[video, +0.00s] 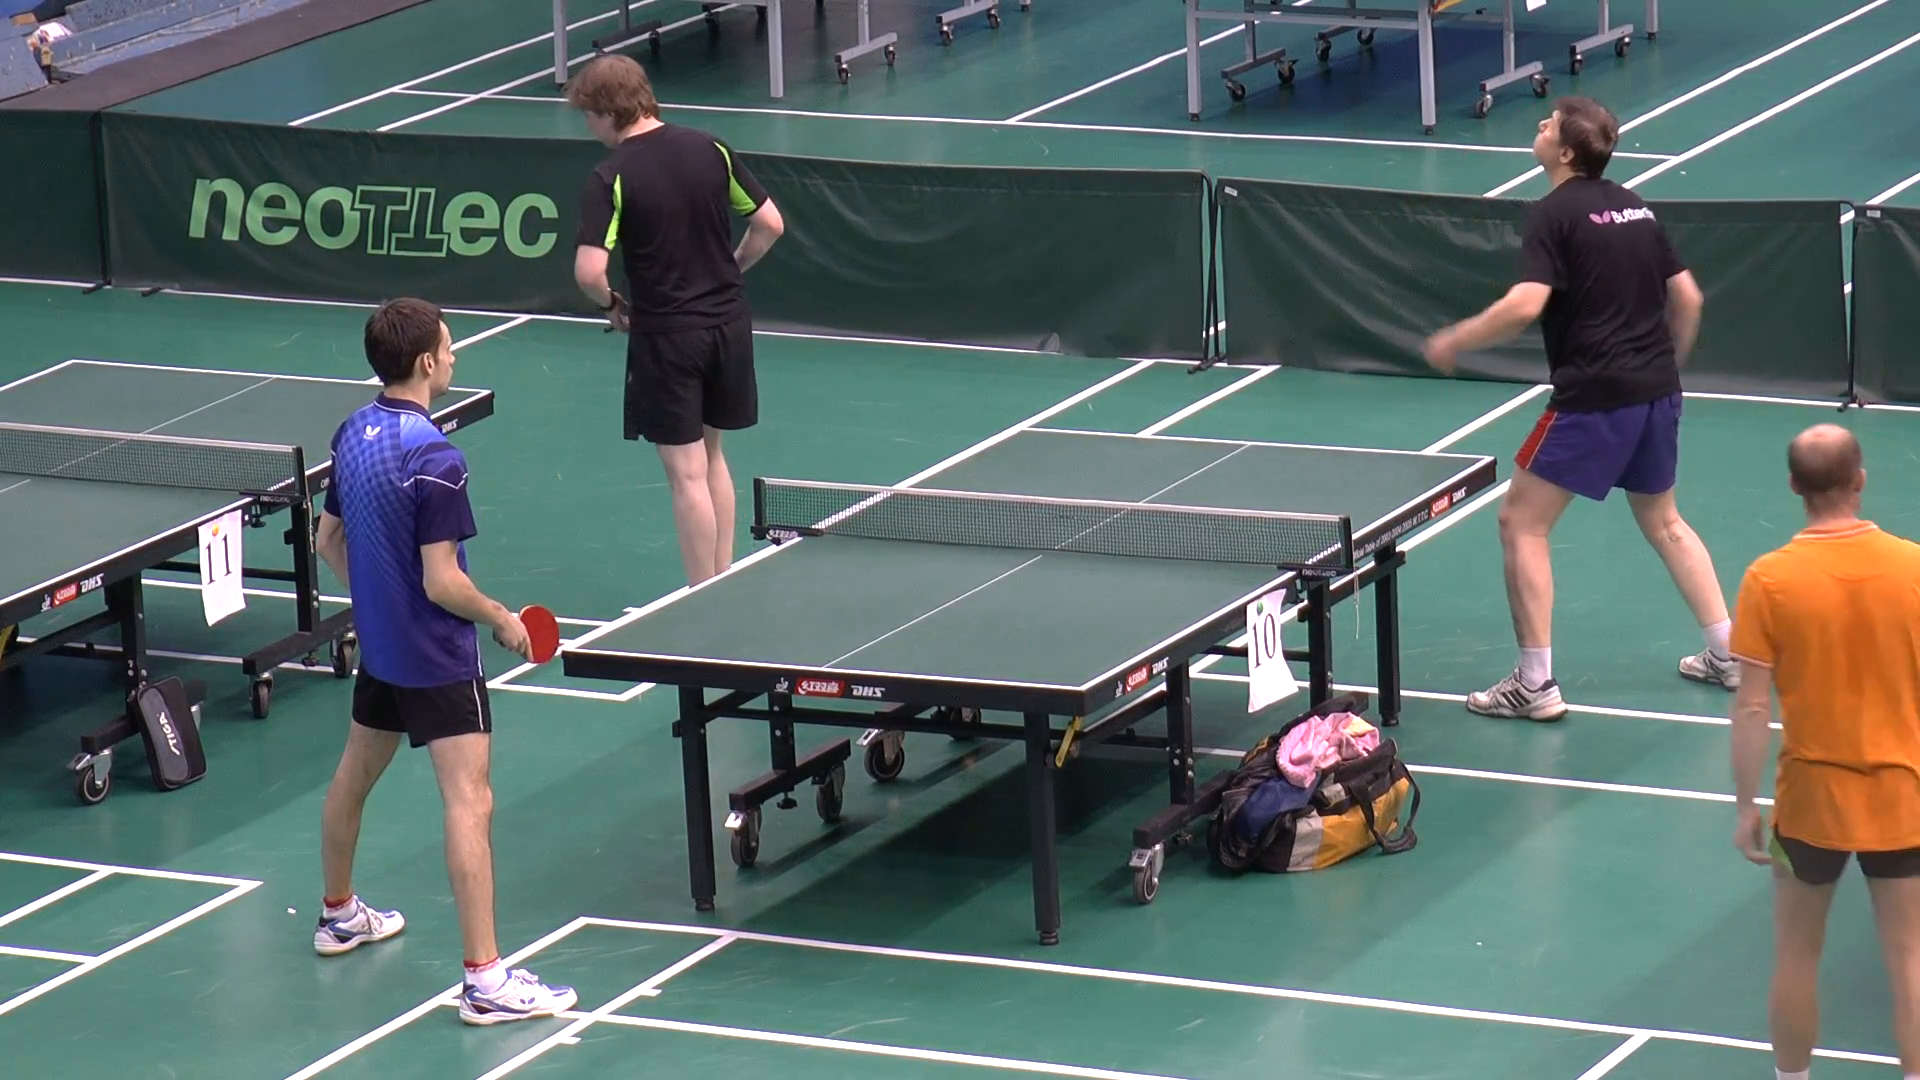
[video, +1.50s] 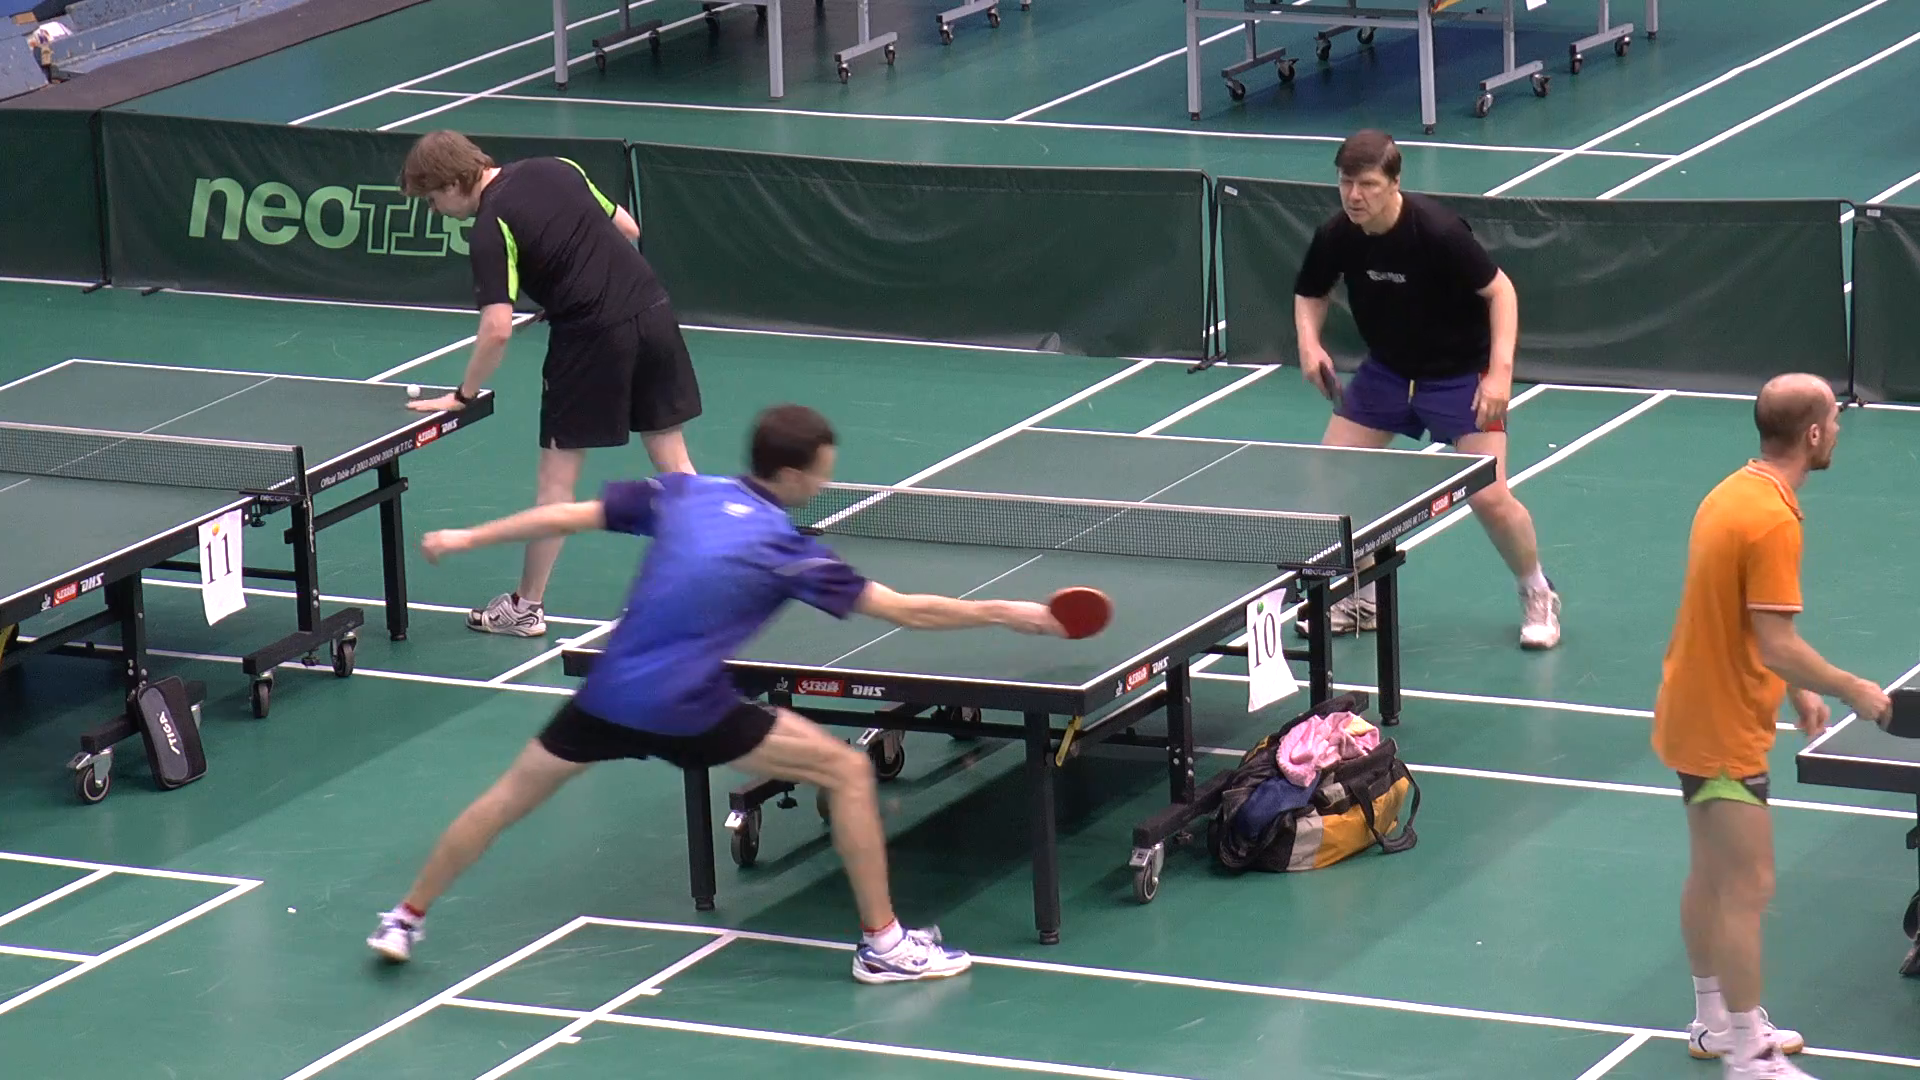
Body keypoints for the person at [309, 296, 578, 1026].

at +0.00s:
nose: (452, 353)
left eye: (448, 342)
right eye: (447, 344)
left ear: (385, 363)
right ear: (427, 361)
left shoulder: (353, 429)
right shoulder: (435, 454)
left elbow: (330, 539)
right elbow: (441, 578)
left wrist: (378, 601)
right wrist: (501, 618)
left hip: (380, 648)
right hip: (437, 656)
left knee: (354, 777)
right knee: (470, 804)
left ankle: (339, 912)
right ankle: (485, 975)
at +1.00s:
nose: (524, 418)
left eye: (524, 406)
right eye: (521, 406)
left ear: (458, 402)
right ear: (493, 410)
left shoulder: (404, 460)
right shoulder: (481, 490)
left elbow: (357, 562)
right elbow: (525, 609)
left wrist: (424, 595)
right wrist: (613, 623)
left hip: (408, 676)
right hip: (469, 686)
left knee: (416, 778)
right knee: (572, 808)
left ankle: (346, 926)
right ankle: (495, 966)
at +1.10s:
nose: (530, 440)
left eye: (530, 428)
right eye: (525, 428)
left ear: (467, 425)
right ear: (495, 430)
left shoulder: (412, 481)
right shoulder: (488, 513)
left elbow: (376, 573)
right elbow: (550, 617)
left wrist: (467, 598)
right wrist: (657, 638)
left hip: (418, 693)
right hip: (481, 699)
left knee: (418, 794)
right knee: (619, 786)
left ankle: (339, 934)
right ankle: (535, 936)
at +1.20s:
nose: (568, 456)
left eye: (568, 444)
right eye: (563, 445)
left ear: (512, 442)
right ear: (525, 445)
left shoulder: (451, 488)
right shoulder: (528, 525)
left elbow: (404, 553)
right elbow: (620, 608)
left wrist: (496, 581)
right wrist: (735, 621)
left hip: (438, 702)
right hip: (503, 706)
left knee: (421, 802)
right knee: (658, 769)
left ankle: (340, 933)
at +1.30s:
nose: (647, 457)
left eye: (647, 444)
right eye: (639, 446)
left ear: (576, 442)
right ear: (597, 445)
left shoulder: (513, 479)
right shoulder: (594, 521)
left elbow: (437, 524)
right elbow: (707, 589)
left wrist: (496, 546)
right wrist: (829, 600)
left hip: (479, 700)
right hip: (552, 703)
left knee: (426, 805)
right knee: (708, 767)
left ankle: (339, 935)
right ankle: (784, 927)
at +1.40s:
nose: (737, 469)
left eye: (739, 456)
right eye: (732, 457)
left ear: (669, 442)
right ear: (693, 450)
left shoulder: (596, 472)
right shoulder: (695, 523)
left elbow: (497, 503)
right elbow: (810, 594)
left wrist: (442, 526)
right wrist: (920, 600)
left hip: (544, 688)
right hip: (622, 697)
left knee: (458, 793)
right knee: (766, 779)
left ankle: (359, 924)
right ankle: (859, 938)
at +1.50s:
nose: (830, 477)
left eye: (827, 464)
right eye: (825, 466)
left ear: (757, 460)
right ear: (795, 471)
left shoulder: (680, 491)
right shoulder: (790, 546)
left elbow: (562, 515)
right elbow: (905, 611)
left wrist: (467, 537)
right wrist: (1005, 614)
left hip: (604, 694)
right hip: (688, 708)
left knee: (508, 795)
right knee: (847, 769)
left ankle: (402, 919)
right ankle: (885, 939)